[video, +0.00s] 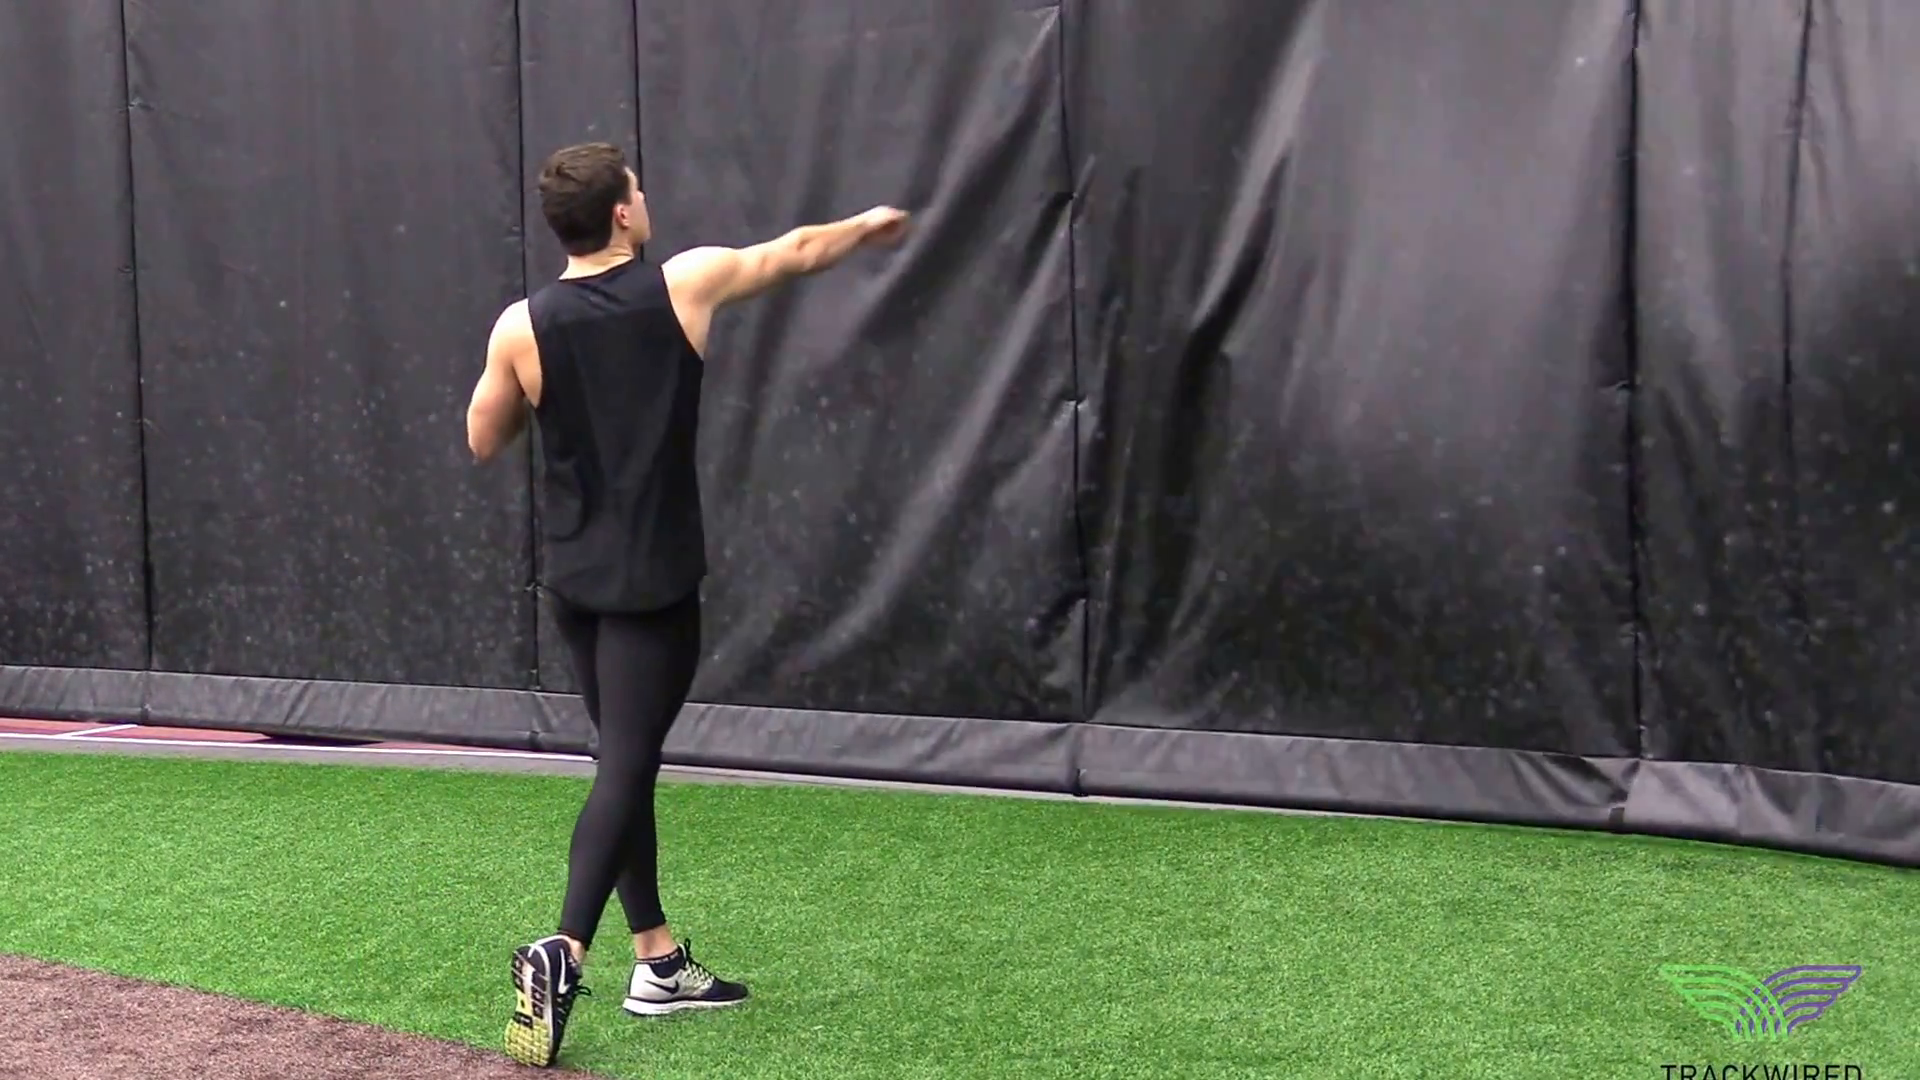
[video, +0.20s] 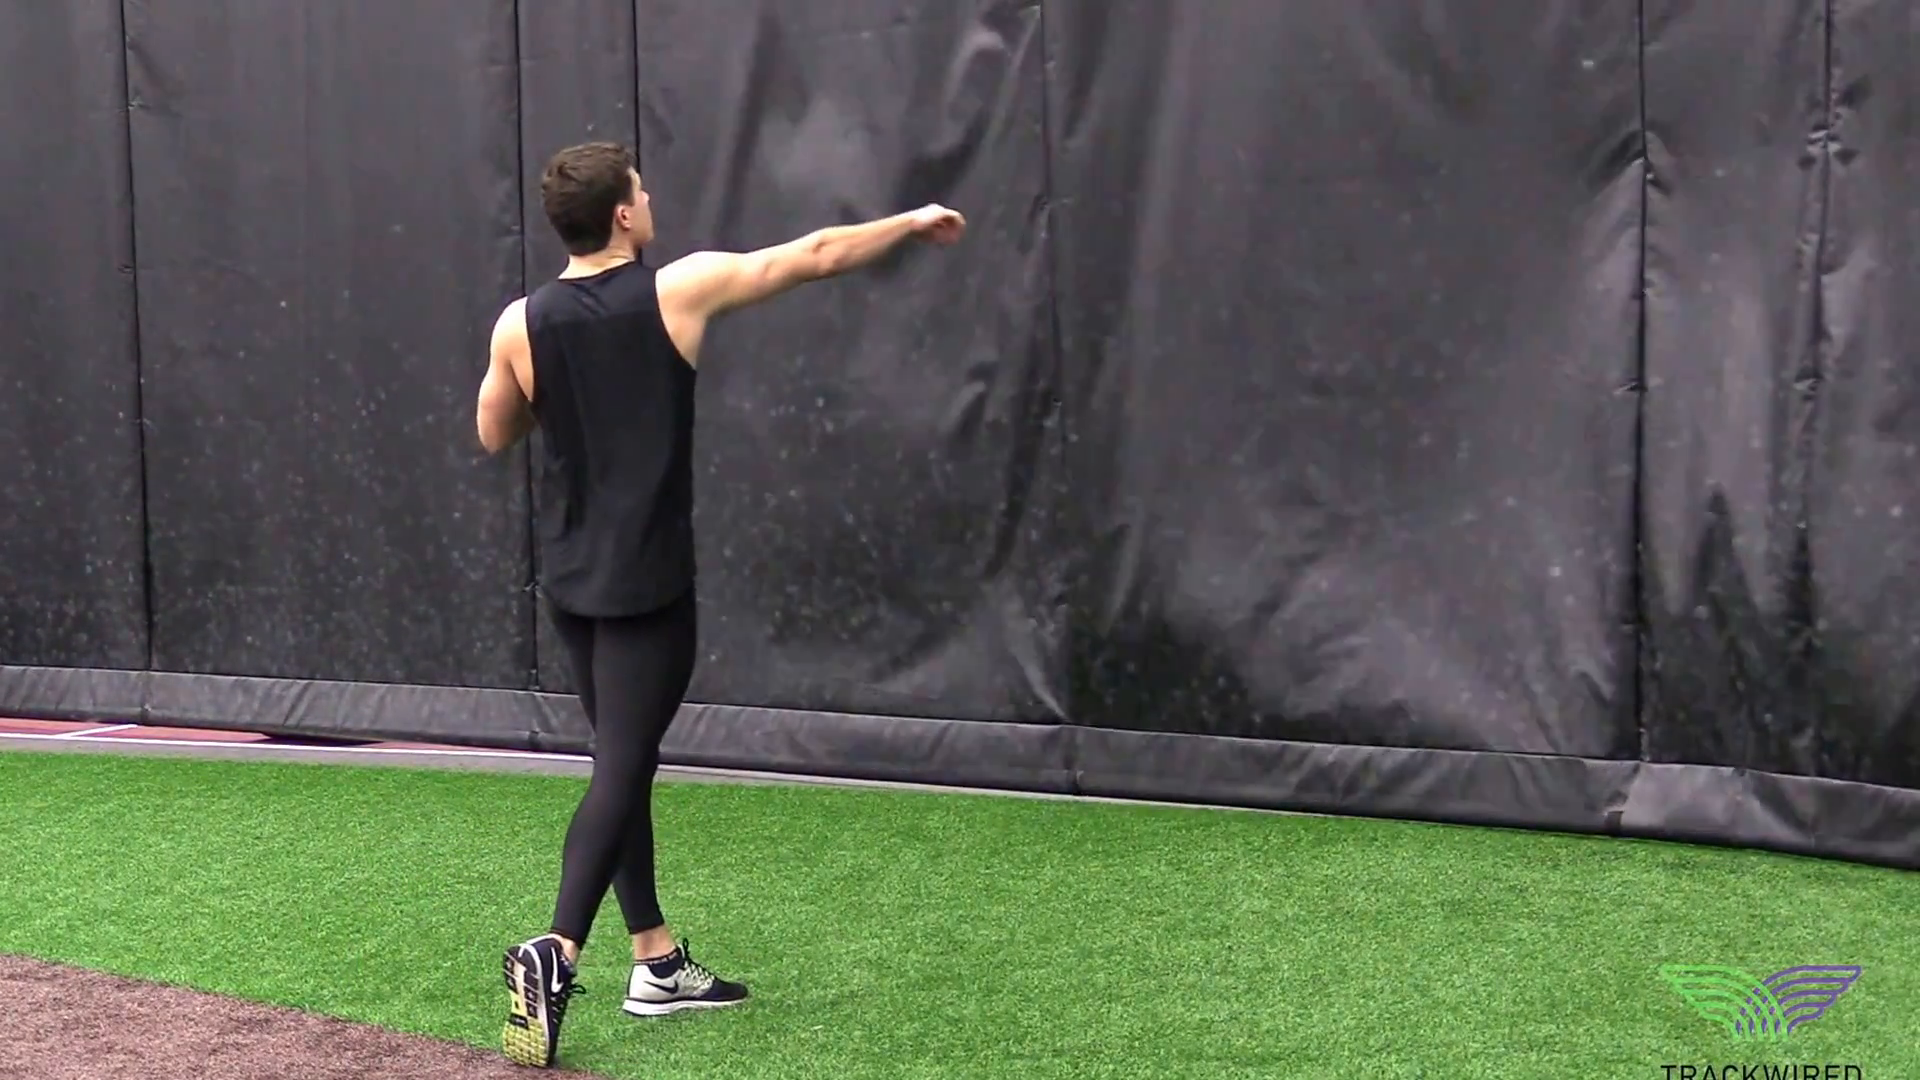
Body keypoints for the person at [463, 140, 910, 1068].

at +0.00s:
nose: (645, 199)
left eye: (634, 188)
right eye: (637, 191)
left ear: (561, 227)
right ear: (621, 214)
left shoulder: (521, 327)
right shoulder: (688, 279)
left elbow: (483, 439)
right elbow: (795, 254)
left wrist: (531, 372)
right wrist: (864, 227)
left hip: (573, 574)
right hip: (656, 572)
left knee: (626, 761)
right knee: (623, 764)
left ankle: (658, 961)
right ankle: (563, 951)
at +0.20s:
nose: (648, 201)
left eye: (639, 189)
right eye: (641, 192)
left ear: (563, 227)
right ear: (624, 215)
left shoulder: (521, 325)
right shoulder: (683, 287)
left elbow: (493, 434)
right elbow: (815, 257)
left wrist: (544, 372)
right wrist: (909, 223)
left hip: (569, 573)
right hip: (650, 571)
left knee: (622, 763)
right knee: (619, 768)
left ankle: (656, 960)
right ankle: (557, 951)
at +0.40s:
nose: (648, 206)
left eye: (640, 192)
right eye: (640, 196)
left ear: (562, 226)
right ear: (622, 218)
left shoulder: (521, 323)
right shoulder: (674, 294)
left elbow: (505, 437)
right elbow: (813, 271)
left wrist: (547, 370)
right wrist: (925, 243)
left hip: (571, 574)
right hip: (650, 572)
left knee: (622, 765)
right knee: (623, 768)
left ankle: (653, 963)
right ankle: (554, 950)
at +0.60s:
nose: (650, 217)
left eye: (644, 203)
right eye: (643, 206)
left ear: (564, 224)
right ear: (621, 220)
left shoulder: (517, 324)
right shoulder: (667, 296)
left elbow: (512, 438)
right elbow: (811, 276)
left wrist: (561, 373)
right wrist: (927, 252)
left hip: (573, 576)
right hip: (650, 574)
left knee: (622, 767)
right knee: (627, 771)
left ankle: (654, 963)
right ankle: (560, 953)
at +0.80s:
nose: (654, 230)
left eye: (649, 214)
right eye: (648, 216)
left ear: (570, 223)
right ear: (620, 220)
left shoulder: (515, 327)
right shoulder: (662, 295)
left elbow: (514, 443)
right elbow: (807, 271)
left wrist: (562, 374)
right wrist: (924, 241)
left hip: (574, 579)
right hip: (650, 575)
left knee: (622, 770)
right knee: (631, 774)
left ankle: (653, 963)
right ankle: (567, 954)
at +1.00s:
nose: (655, 235)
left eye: (653, 220)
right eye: (652, 221)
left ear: (574, 224)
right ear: (624, 222)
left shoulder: (516, 325)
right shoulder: (662, 296)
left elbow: (514, 443)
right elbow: (803, 266)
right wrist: (918, 231)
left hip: (572, 580)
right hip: (651, 576)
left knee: (621, 773)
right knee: (630, 777)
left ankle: (653, 963)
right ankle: (567, 953)